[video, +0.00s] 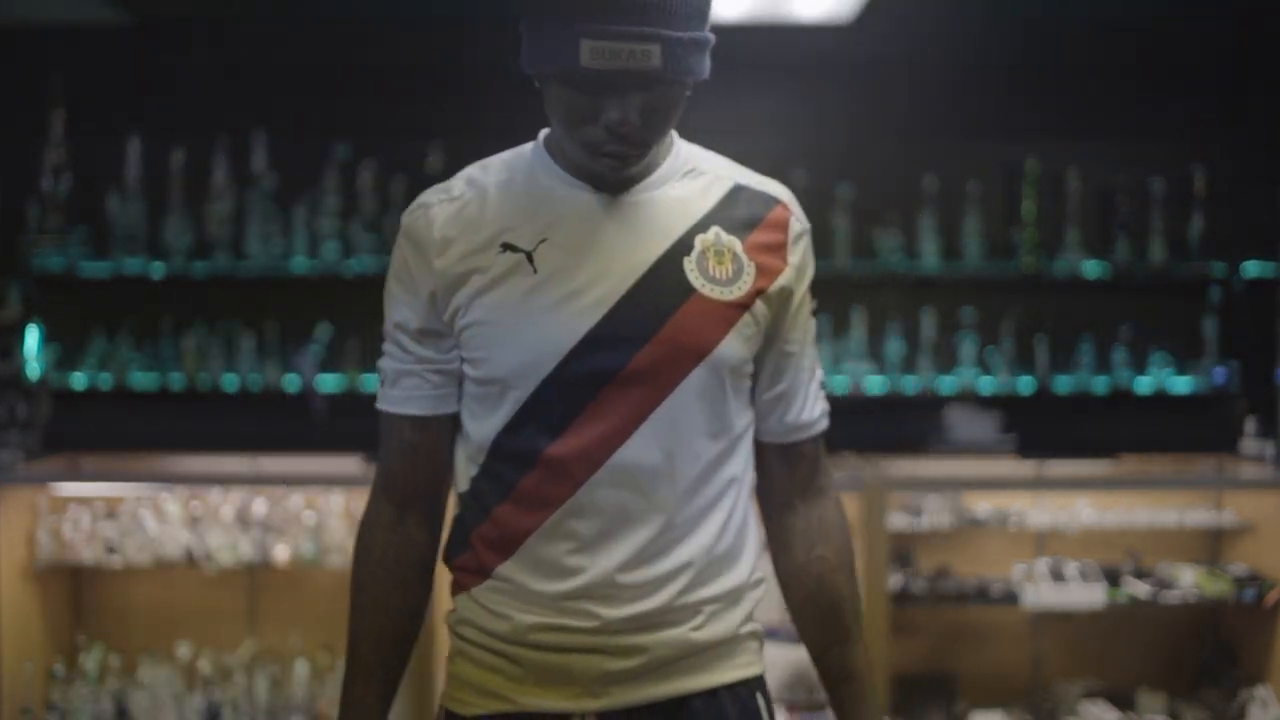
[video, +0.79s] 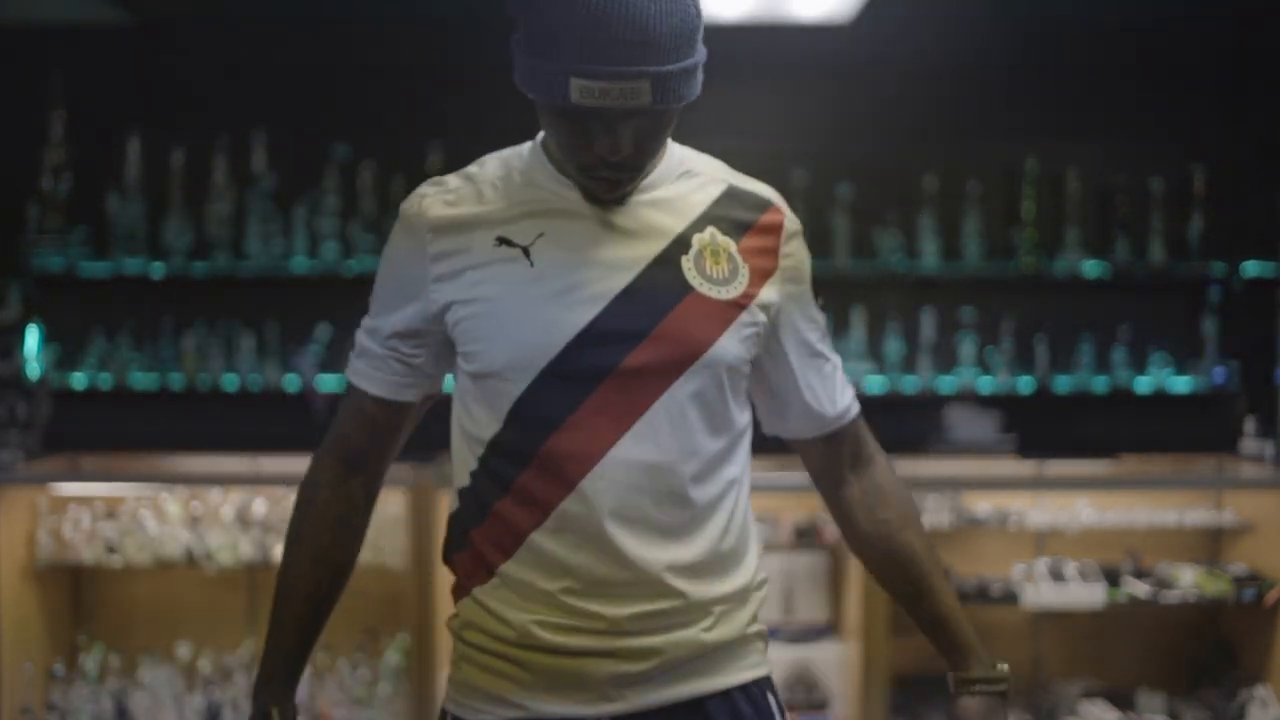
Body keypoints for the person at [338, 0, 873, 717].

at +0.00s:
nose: (622, 117)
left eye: (654, 85)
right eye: (591, 83)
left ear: (693, 77)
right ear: (540, 72)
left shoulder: (763, 223)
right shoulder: (445, 229)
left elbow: (802, 492)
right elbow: (403, 505)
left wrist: (863, 707)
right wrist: (362, 711)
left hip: (704, 685)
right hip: (501, 690)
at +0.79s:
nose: (615, 146)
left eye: (644, 115)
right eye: (583, 115)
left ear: (679, 89)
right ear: (537, 89)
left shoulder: (755, 227)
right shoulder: (442, 227)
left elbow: (849, 462)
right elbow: (350, 463)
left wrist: (973, 664)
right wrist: (271, 692)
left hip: (710, 680)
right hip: (509, 686)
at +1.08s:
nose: (718, 149)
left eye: (746, 117)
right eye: (690, 115)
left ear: (785, 88)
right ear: (629, 80)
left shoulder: (830, 233)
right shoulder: (522, 221)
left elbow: (914, 472)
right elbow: (411, 484)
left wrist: (1094, 632)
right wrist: (310, 706)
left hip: (775, 680)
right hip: (576, 682)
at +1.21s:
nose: (780, 151)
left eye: (811, 119)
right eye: (754, 117)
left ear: (837, 95)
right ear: (682, 76)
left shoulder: (863, 240)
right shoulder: (558, 217)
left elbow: (917, 479)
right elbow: (459, 474)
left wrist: (1097, 635)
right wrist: (415, 708)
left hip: (793, 685)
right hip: (594, 689)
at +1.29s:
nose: (814, 158)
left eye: (838, 129)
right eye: (790, 127)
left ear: (861, 105)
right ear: (709, 88)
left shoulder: (879, 242)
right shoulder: (581, 214)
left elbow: (922, 485)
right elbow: (473, 464)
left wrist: (1084, 658)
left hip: (802, 683)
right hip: (605, 683)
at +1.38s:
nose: (829, 166)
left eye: (855, 140)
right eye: (803, 136)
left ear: (882, 114)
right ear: (728, 90)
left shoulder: (895, 244)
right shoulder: (600, 208)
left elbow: (926, 496)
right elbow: (485, 462)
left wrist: (1059, 693)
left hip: (811, 687)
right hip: (614, 687)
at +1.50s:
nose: (852, 175)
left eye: (883, 148)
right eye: (830, 141)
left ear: (909, 128)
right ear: (756, 92)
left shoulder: (911, 252)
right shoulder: (622, 202)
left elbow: (929, 516)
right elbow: (516, 472)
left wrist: (982, 704)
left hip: (815, 684)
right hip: (621, 683)